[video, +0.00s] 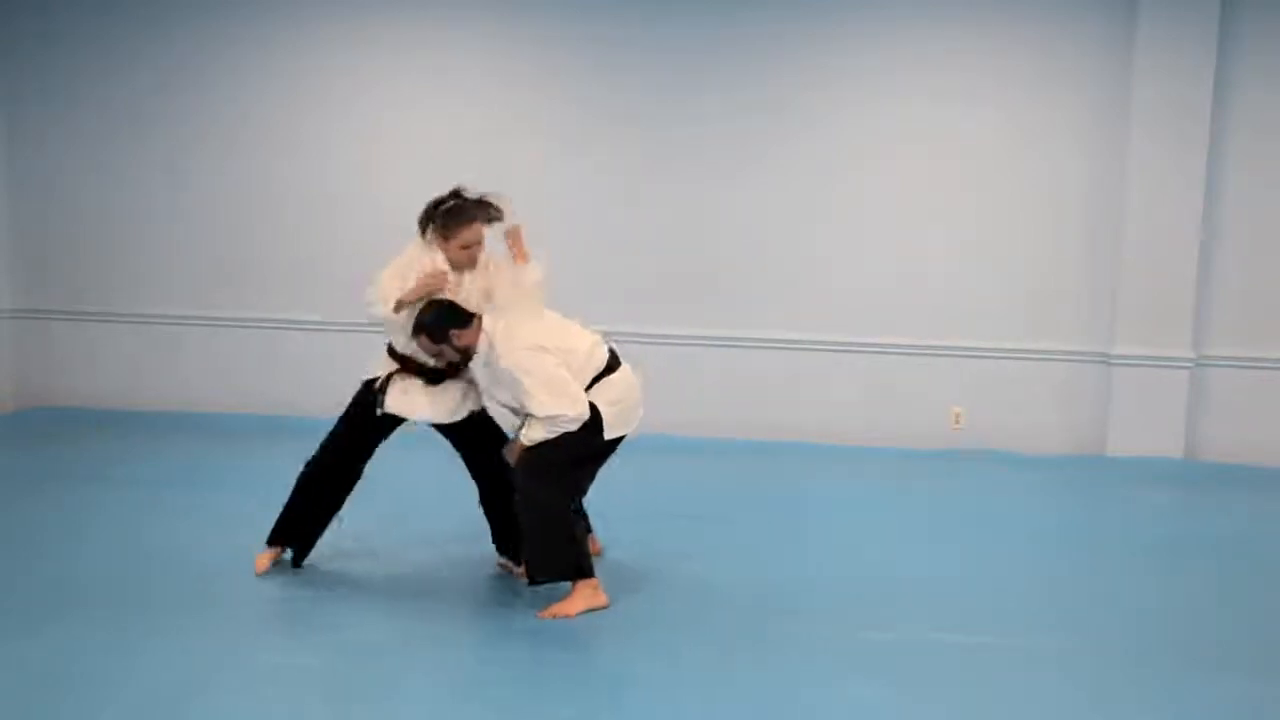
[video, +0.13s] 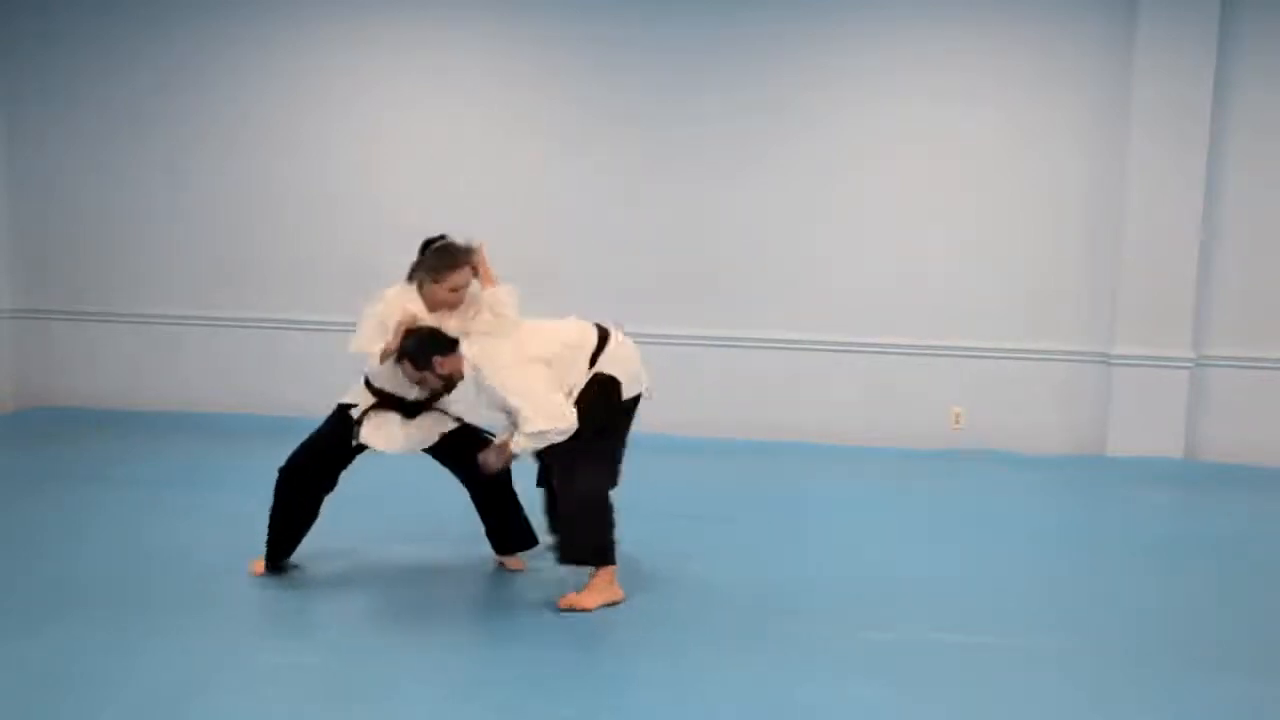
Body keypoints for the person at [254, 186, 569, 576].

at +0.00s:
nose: (476, 253)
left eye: (479, 245)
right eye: (467, 247)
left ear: (484, 241)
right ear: (440, 241)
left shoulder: (488, 271)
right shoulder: (415, 261)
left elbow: (522, 313)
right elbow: (378, 305)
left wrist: (522, 266)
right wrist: (419, 293)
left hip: (457, 390)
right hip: (398, 382)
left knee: (498, 470)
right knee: (337, 458)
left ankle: (515, 553)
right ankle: (283, 543)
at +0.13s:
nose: (460, 297)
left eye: (465, 288)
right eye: (452, 289)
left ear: (473, 281)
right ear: (425, 283)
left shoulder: (476, 310)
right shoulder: (397, 303)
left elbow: (505, 332)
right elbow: (371, 352)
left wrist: (490, 285)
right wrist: (396, 342)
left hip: (437, 415)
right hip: (375, 407)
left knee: (488, 468)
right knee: (303, 470)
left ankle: (509, 550)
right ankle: (276, 556)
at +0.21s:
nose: (442, 308)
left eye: (447, 299)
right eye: (434, 301)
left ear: (451, 294)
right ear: (406, 296)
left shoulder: (451, 322)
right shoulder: (376, 320)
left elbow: (491, 341)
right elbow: (353, 378)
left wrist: (472, 293)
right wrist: (393, 383)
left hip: (420, 421)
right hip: (360, 419)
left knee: (477, 463)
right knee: (294, 471)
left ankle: (504, 550)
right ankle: (270, 556)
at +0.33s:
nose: (419, 301)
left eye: (423, 292)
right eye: (410, 294)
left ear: (428, 285)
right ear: (383, 288)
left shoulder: (434, 318)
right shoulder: (354, 315)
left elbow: (466, 378)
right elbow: (334, 375)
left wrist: (467, 327)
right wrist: (361, 365)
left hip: (409, 409)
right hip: (351, 409)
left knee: (470, 460)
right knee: (295, 470)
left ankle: (499, 545)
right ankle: (268, 551)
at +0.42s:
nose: (412, 292)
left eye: (415, 283)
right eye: (403, 286)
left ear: (419, 274)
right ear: (378, 278)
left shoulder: (428, 309)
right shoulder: (348, 304)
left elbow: (453, 367)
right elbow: (328, 364)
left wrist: (459, 319)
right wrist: (353, 351)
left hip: (409, 403)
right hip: (350, 404)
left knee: (468, 457)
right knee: (296, 468)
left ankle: (487, 547)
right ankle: (270, 553)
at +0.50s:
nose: (408, 281)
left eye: (412, 272)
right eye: (399, 275)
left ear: (417, 262)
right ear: (373, 268)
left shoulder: (424, 296)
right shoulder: (345, 296)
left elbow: (449, 354)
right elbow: (323, 355)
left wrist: (452, 308)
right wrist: (349, 344)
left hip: (409, 400)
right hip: (350, 401)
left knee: (478, 461)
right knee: (290, 467)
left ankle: (497, 553)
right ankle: (276, 555)